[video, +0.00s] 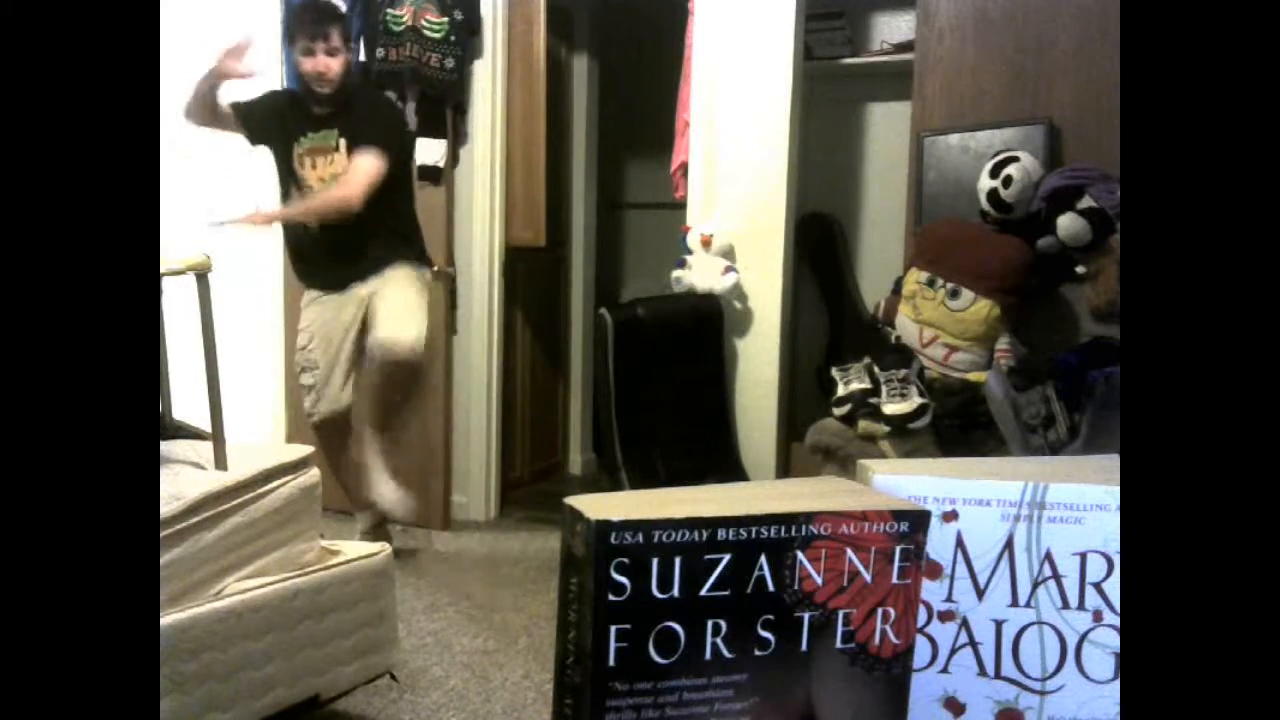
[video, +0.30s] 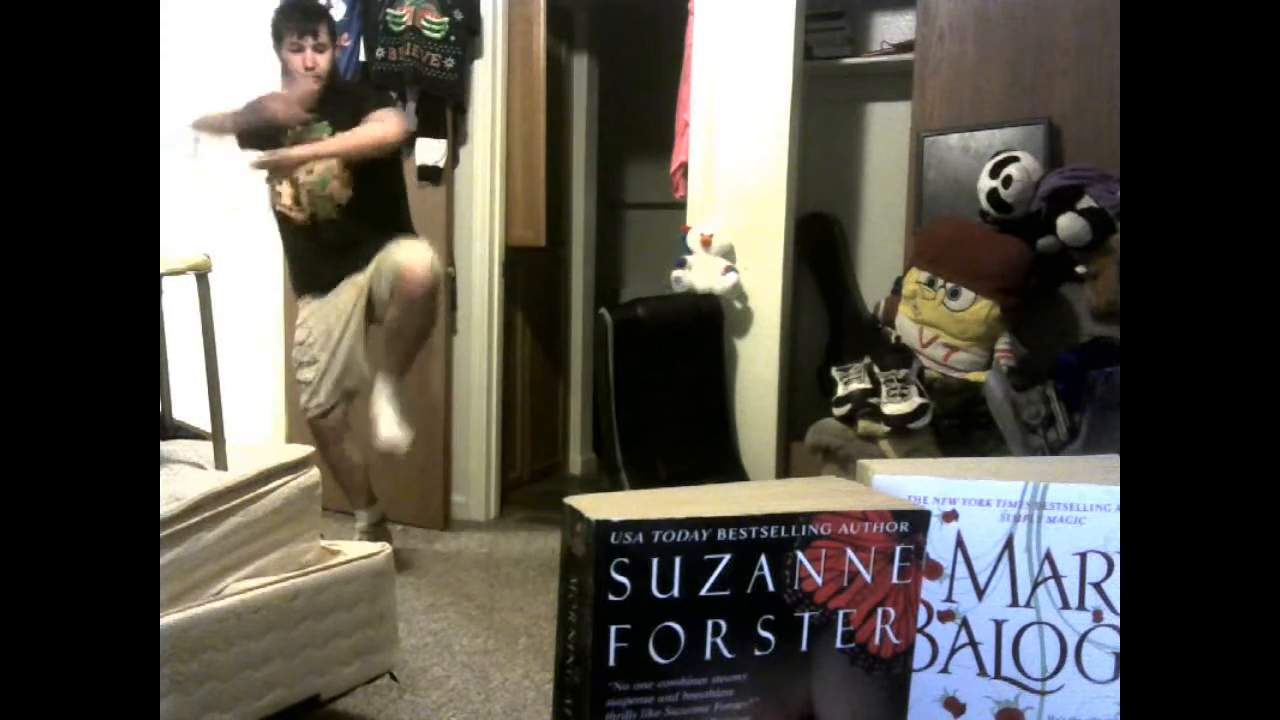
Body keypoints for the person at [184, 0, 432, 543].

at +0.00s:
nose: (323, 65)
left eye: (333, 52)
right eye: (311, 53)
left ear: (350, 53)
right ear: (293, 56)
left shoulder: (377, 110)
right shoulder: (281, 111)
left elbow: (353, 193)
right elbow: (201, 115)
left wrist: (276, 214)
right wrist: (214, 78)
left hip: (392, 265)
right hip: (325, 284)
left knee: (399, 346)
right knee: (325, 410)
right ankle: (370, 513)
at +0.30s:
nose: (309, 59)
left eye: (318, 47)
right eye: (296, 49)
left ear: (336, 48)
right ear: (280, 55)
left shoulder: (362, 94)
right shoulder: (272, 110)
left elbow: (392, 130)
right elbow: (202, 126)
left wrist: (299, 154)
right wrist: (254, 117)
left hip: (382, 255)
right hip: (320, 287)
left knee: (418, 268)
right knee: (325, 417)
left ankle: (388, 385)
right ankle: (370, 521)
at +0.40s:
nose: (306, 62)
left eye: (314, 49)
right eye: (294, 52)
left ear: (331, 48)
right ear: (275, 56)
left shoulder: (365, 96)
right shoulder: (263, 123)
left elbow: (413, 124)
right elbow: (235, 164)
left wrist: (347, 150)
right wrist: (311, 159)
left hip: (378, 253)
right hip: (317, 287)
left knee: (407, 248)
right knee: (327, 420)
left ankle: (390, 366)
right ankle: (368, 518)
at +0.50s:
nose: (282, 74)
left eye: (290, 61)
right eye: (269, 64)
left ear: (305, 64)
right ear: (252, 73)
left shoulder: (353, 108)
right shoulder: (259, 142)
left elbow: (425, 119)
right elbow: (322, 169)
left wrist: (446, 120)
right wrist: (408, 143)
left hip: (391, 256)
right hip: (328, 285)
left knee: (357, 203)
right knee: (329, 418)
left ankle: (382, 329)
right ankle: (374, 525)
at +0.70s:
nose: (283, 81)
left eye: (291, 70)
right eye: (270, 72)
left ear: (304, 77)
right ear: (252, 84)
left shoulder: (343, 118)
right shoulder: (250, 150)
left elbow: (416, 85)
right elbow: (306, 149)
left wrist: (470, 30)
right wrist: (381, 109)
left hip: (378, 254)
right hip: (328, 294)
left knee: (400, 173)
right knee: (333, 420)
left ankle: (400, 317)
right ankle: (370, 522)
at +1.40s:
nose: (268, 98)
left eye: (270, 89)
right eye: (254, 95)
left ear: (284, 94)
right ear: (243, 114)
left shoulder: (340, 122)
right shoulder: (258, 178)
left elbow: (370, 54)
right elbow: (243, 128)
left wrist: (331, 4)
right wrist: (268, 45)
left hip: (392, 245)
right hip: (336, 290)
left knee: (434, 151)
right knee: (340, 414)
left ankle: (437, 297)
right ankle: (370, 524)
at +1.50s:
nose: (262, 92)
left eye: (265, 81)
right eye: (251, 92)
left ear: (286, 85)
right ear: (247, 114)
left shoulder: (339, 114)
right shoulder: (262, 182)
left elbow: (362, 28)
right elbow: (210, 168)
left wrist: (311, 4)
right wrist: (212, 103)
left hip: (390, 250)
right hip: (337, 297)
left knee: (415, 168)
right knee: (344, 414)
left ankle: (425, 311)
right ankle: (372, 524)